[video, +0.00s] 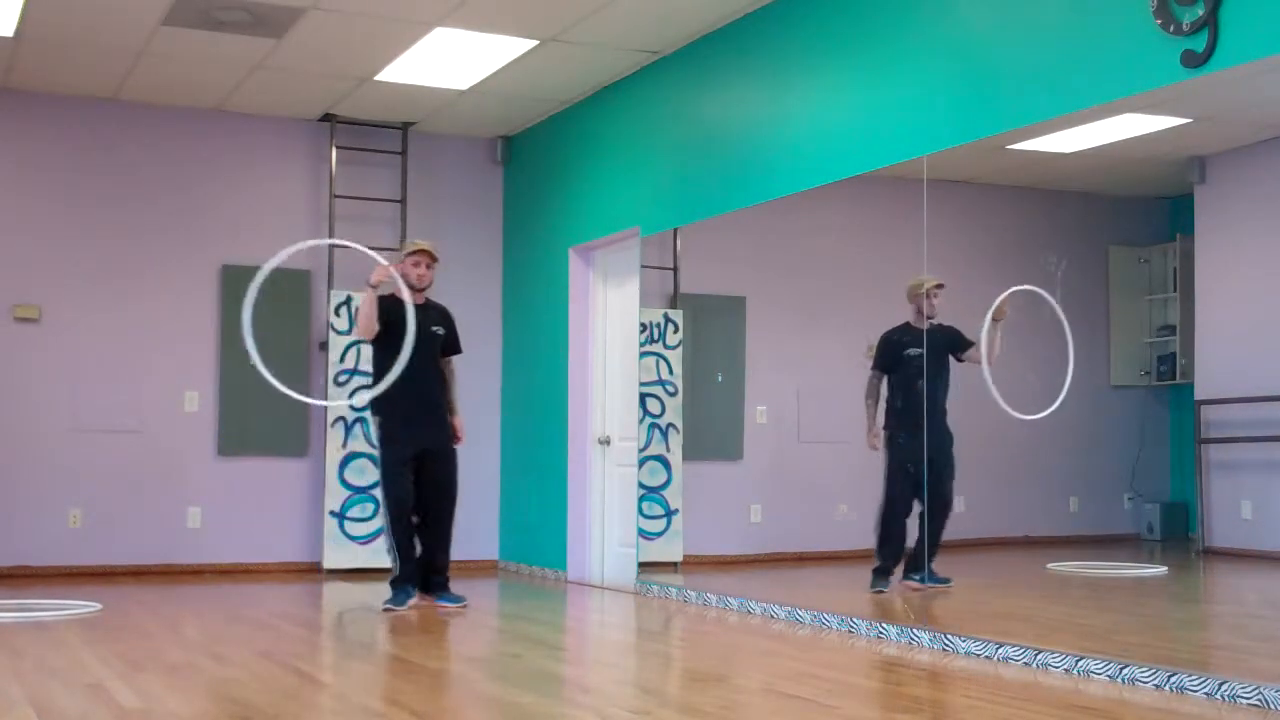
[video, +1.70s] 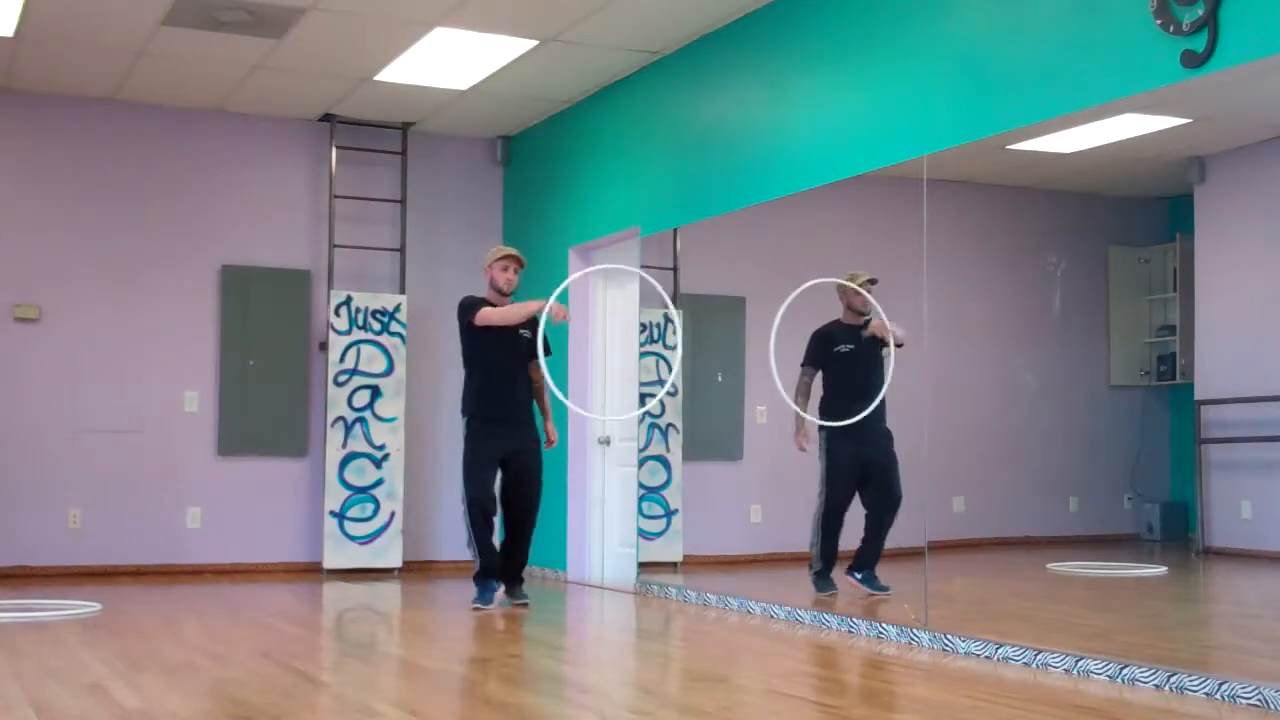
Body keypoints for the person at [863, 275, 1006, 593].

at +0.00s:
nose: (934, 301)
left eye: (936, 296)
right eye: (928, 296)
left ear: (939, 300)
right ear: (913, 300)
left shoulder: (946, 335)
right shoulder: (893, 339)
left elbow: (985, 357)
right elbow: (875, 382)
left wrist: (995, 323)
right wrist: (872, 425)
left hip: (937, 432)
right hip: (902, 433)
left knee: (940, 502)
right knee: (897, 503)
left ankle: (919, 568)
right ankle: (884, 571)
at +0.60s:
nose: (920, 302)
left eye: (920, 297)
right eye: (914, 297)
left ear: (908, 303)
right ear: (895, 302)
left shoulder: (922, 341)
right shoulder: (869, 336)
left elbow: (951, 378)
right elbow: (845, 377)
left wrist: (966, 355)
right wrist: (836, 415)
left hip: (912, 436)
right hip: (877, 436)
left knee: (915, 505)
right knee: (864, 507)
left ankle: (915, 570)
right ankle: (848, 575)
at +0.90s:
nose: (911, 302)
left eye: (912, 297)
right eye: (904, 297)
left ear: (910, 302)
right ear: (886, 300)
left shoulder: (915, 339)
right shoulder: (860, 335)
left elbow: (931, 373)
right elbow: (837, 375)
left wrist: (928, 377)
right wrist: (835, 412)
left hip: (905, 433)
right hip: (868, 433)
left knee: (910, 506)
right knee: (855, 506)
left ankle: (913, 572)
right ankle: (840, 575)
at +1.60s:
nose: (864, 297)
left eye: (866, 292)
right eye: (857, 293)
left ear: (870, 296)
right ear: (843, 298)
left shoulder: (879, 329)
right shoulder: (825, 337)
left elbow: (889, 347)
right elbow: (807, 384)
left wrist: (886, 356)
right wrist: (806, 424)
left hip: (880, 430)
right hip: (844, 433)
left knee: (899, 496)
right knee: (844, 506)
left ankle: (873, 560)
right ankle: (834, 574)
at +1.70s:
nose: (866, 296)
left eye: (868, 291)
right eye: (859, 292)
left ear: (871, 297)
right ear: (843, 297)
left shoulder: (878, 330)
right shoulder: (825, 335)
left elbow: (900, 338)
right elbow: (805, 380)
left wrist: (887, 332)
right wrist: (800, 422)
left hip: (875, 432)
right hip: (839, 433)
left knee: (888, 498)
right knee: (834, 502)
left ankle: (863, 567)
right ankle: (821, 572)